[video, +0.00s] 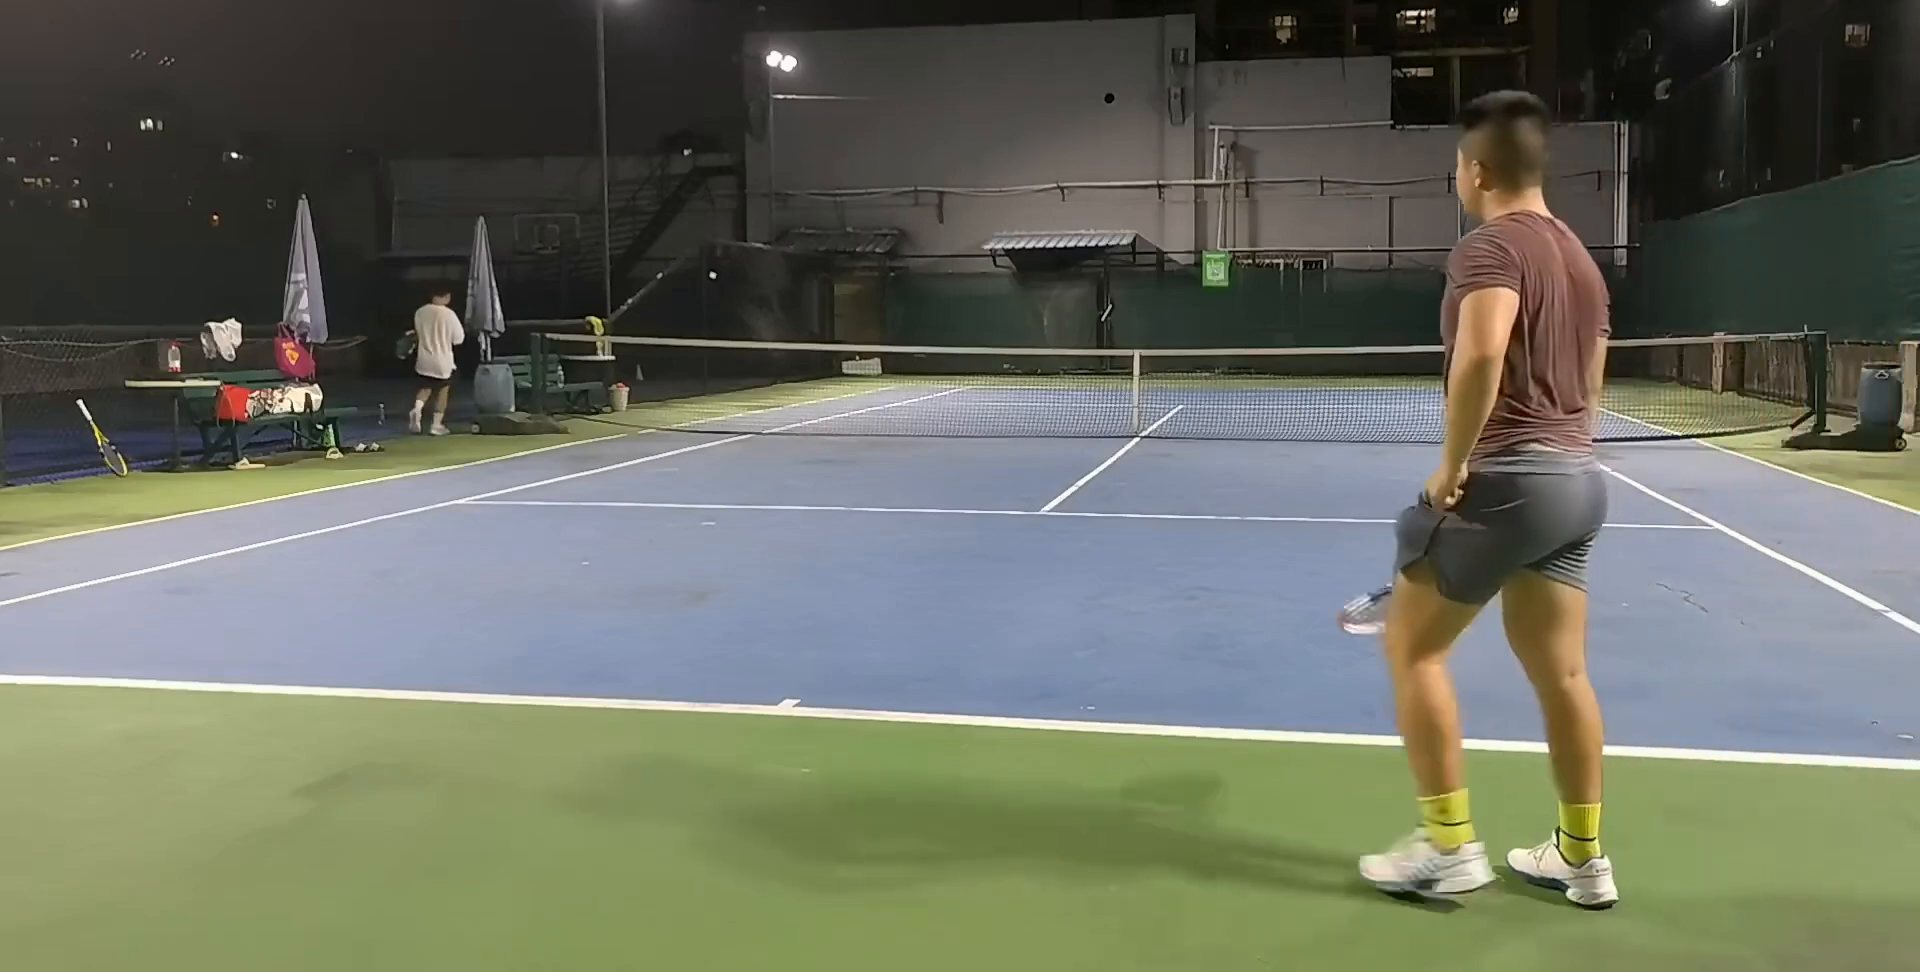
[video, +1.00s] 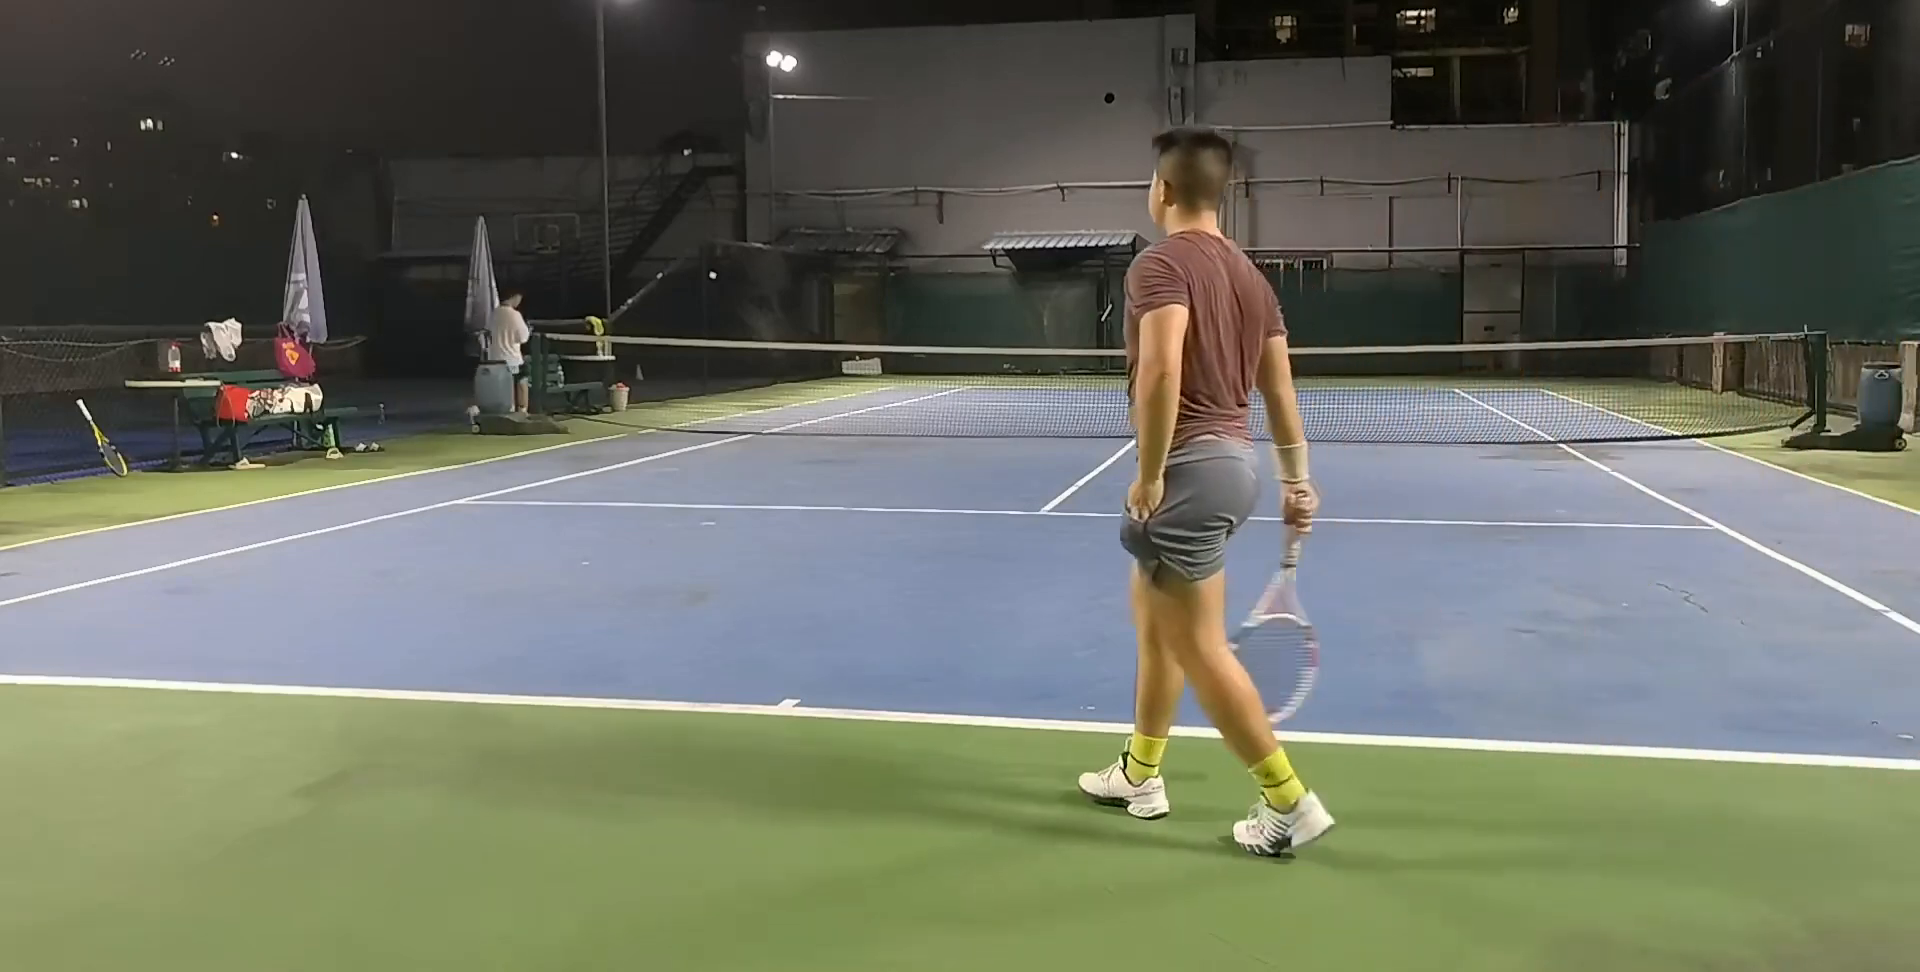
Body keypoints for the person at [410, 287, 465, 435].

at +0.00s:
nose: (449, 300)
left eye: (448, 297)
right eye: (448, 297)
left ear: (432, 296)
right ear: (445, 297)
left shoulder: (420, 312)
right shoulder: (449, 314)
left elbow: (418, 332)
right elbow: (458, 339)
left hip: (423, 360)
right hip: (443, 361)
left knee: (425, 387)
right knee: (443, 390)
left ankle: (417, 409)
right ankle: (437, 424)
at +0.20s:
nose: (458, 297)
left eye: (457, 295)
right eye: (458, 295)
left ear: (441, 295)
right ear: (455, 295)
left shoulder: (430, 311)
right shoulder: (457, 313)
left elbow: (429, 331)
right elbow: (467, 336)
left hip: (433, 358)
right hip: (450, 360)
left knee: (440, 389)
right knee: (445, 391)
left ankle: (440, 419)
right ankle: (438, 423)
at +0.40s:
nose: (466, 299)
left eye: (466, 296)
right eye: (465, 296)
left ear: (450, 298)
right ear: (462, 297)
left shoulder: (441, 315)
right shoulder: (466, 315)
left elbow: (440, 334)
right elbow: (477, 338)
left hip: (445, 359)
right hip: (462, 360)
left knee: (457, 389)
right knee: (456, 389)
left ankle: (459, 420)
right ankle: (441, 418)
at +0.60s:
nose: (479, 294)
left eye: (478, 291)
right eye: (478, 291)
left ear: (463, 292)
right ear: (475, 292)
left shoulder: (454, 311)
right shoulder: (478, 312)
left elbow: (453, 330)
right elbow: (487, 333)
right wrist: (489, 319)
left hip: (458, 357)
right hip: (475, 358)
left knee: (463, 385)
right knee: (476, 387)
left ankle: (460, 420)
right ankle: (468, 416)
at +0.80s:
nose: (496, 299)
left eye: (496, 296)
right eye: (495, 296)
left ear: (480, 295)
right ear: (492, 297)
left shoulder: (470, 311)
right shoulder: (492, 314)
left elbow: (471, 329)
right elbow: (502, 335)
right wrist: (508, 324)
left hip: (473, 360)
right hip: (491, 361)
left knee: (469, 388)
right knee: (500, 388)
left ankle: (462, 420)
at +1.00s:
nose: (519, 301)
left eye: (520, 298)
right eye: (519, 298)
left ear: (504, 297)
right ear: (514, 297)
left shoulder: (494, 313)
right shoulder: (515, 315)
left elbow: (488, 330)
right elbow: (524, 336)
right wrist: (528, 329)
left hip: (493, 360)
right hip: (512, 361)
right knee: (522, 377)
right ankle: (523, 408)